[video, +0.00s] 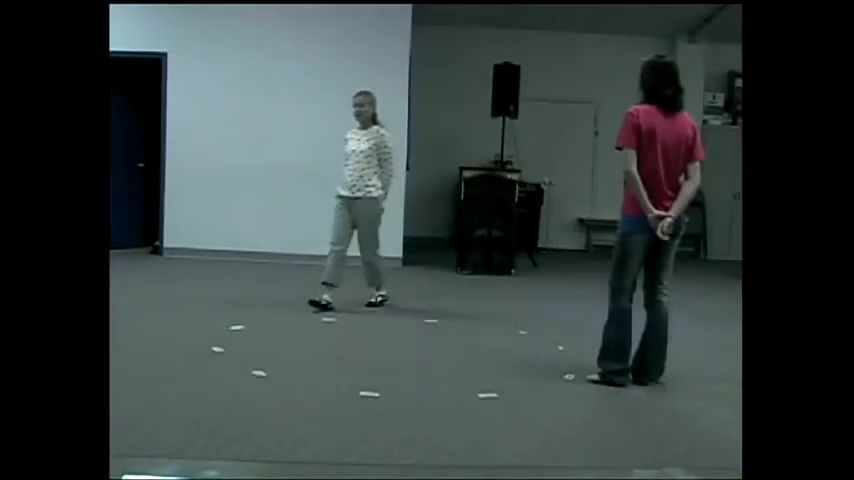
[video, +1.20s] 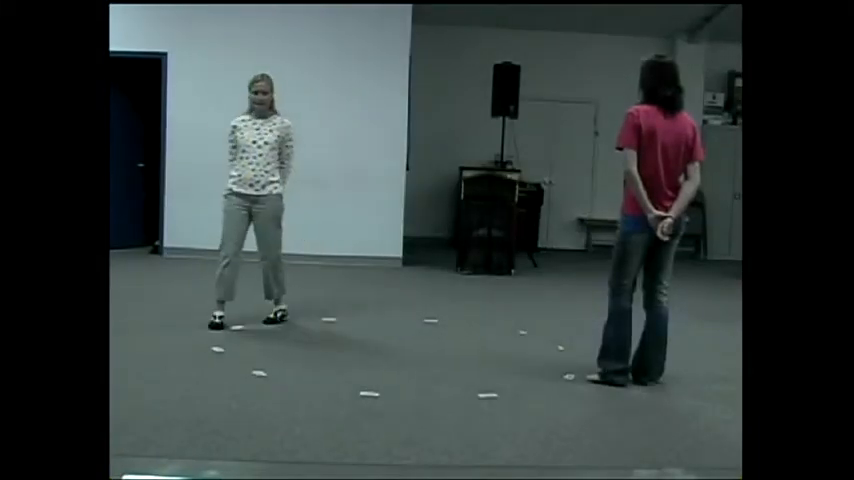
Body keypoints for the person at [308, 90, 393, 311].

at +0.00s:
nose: (357, 110)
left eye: (362, 106)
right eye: (355, 106)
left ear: (373, 108)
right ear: (352, 109)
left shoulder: (380, 135)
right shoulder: (350, 135)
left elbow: (387, 169)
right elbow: (349, 165)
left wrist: (381, 194)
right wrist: (352, 186)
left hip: (369, 197)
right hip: (346, 195)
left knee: (369, 249)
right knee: (337, 246)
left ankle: (379, 291)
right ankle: (327, 294)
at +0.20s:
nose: (337, 106)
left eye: (341, 102)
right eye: (333, 102)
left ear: (351, 104)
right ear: (330, 105)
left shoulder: (359, 131)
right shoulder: (326, 132)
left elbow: (366, 164)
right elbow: (326, 162)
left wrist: (360, 189)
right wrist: (327, 183)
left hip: (347, 192)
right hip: (323, 190)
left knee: (334, 246)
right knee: (319, 246)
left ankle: (356, 280)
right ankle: (323, 297)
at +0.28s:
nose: (327, 105)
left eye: (332, 101)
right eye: (324, 101)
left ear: (341, 103)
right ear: (320, 104)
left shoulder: (351, 129)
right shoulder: (316, 130)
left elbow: (357, 163)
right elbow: (315, 161)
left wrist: (351, 186)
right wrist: (317, 181)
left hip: (339, 189)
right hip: (315, 188)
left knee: (321, 242)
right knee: (314, 245)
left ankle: (329, 294)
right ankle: (324, 295)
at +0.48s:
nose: (308, 106)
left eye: (313, 101)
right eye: (305, 101)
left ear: (323, 104)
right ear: (301, 104)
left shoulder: (331, 131)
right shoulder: (298, 133)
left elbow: (339, 166)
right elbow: (299, 164)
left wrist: (334, 193)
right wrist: (301, 185)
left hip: (321, 195)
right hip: (297, 194)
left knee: (302, 248)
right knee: (306, 248)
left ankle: (285, 303)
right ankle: (323, 295)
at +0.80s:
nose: (285, 99)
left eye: (290, 95)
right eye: (281, 95)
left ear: (300, 98)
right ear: (278, 98)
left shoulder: (307, 125)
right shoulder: (275, 127)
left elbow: (317, 160)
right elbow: (276, 161)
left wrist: (311, 189)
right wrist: (275, 183)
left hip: (296, 192)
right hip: (270, 191)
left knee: (288, 249)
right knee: (261, 248)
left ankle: (282, 303)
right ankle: (278, 294)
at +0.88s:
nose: (277, 98)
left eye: (282, 93)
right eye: (274, 93)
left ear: (293, 96)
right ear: (270, 97)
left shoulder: (303, 125)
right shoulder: (266, 127)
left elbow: (311, 161)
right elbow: (269, 161)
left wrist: (304, 189)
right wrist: (267, 184)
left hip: (290, 193)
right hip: (263, 193)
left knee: (285, 251)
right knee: (250, 249)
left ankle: (282, 306)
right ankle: (249, 305)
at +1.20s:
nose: (260, 97)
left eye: (264, 93)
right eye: (256, 92)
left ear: (272, 95)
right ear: (249, 95)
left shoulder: (282, 126)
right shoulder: (237, 124)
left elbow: (286, 162)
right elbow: (232, 158)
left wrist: (277, 187)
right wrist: (238, 180)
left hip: (268, 195)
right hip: (237, 193)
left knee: (270, 254)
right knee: (228, 253)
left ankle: (278, 305)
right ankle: (219, 310)